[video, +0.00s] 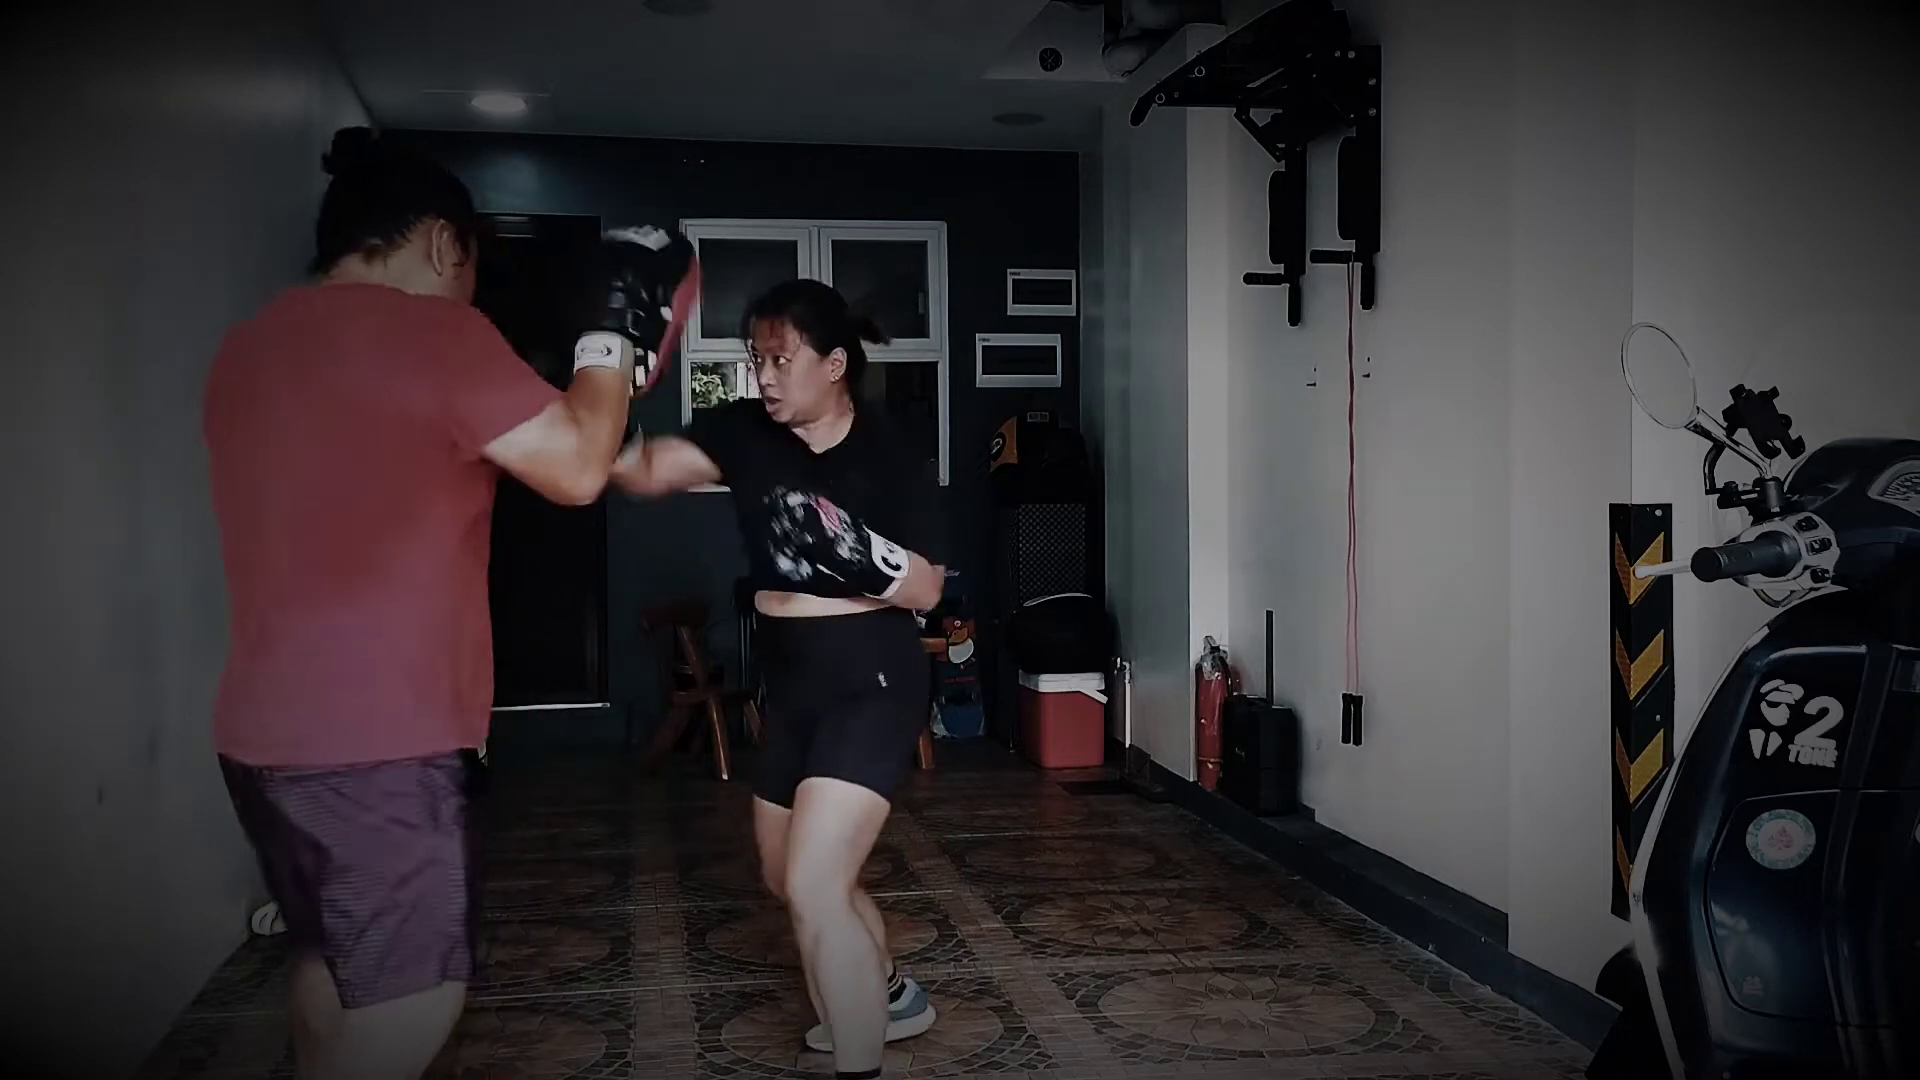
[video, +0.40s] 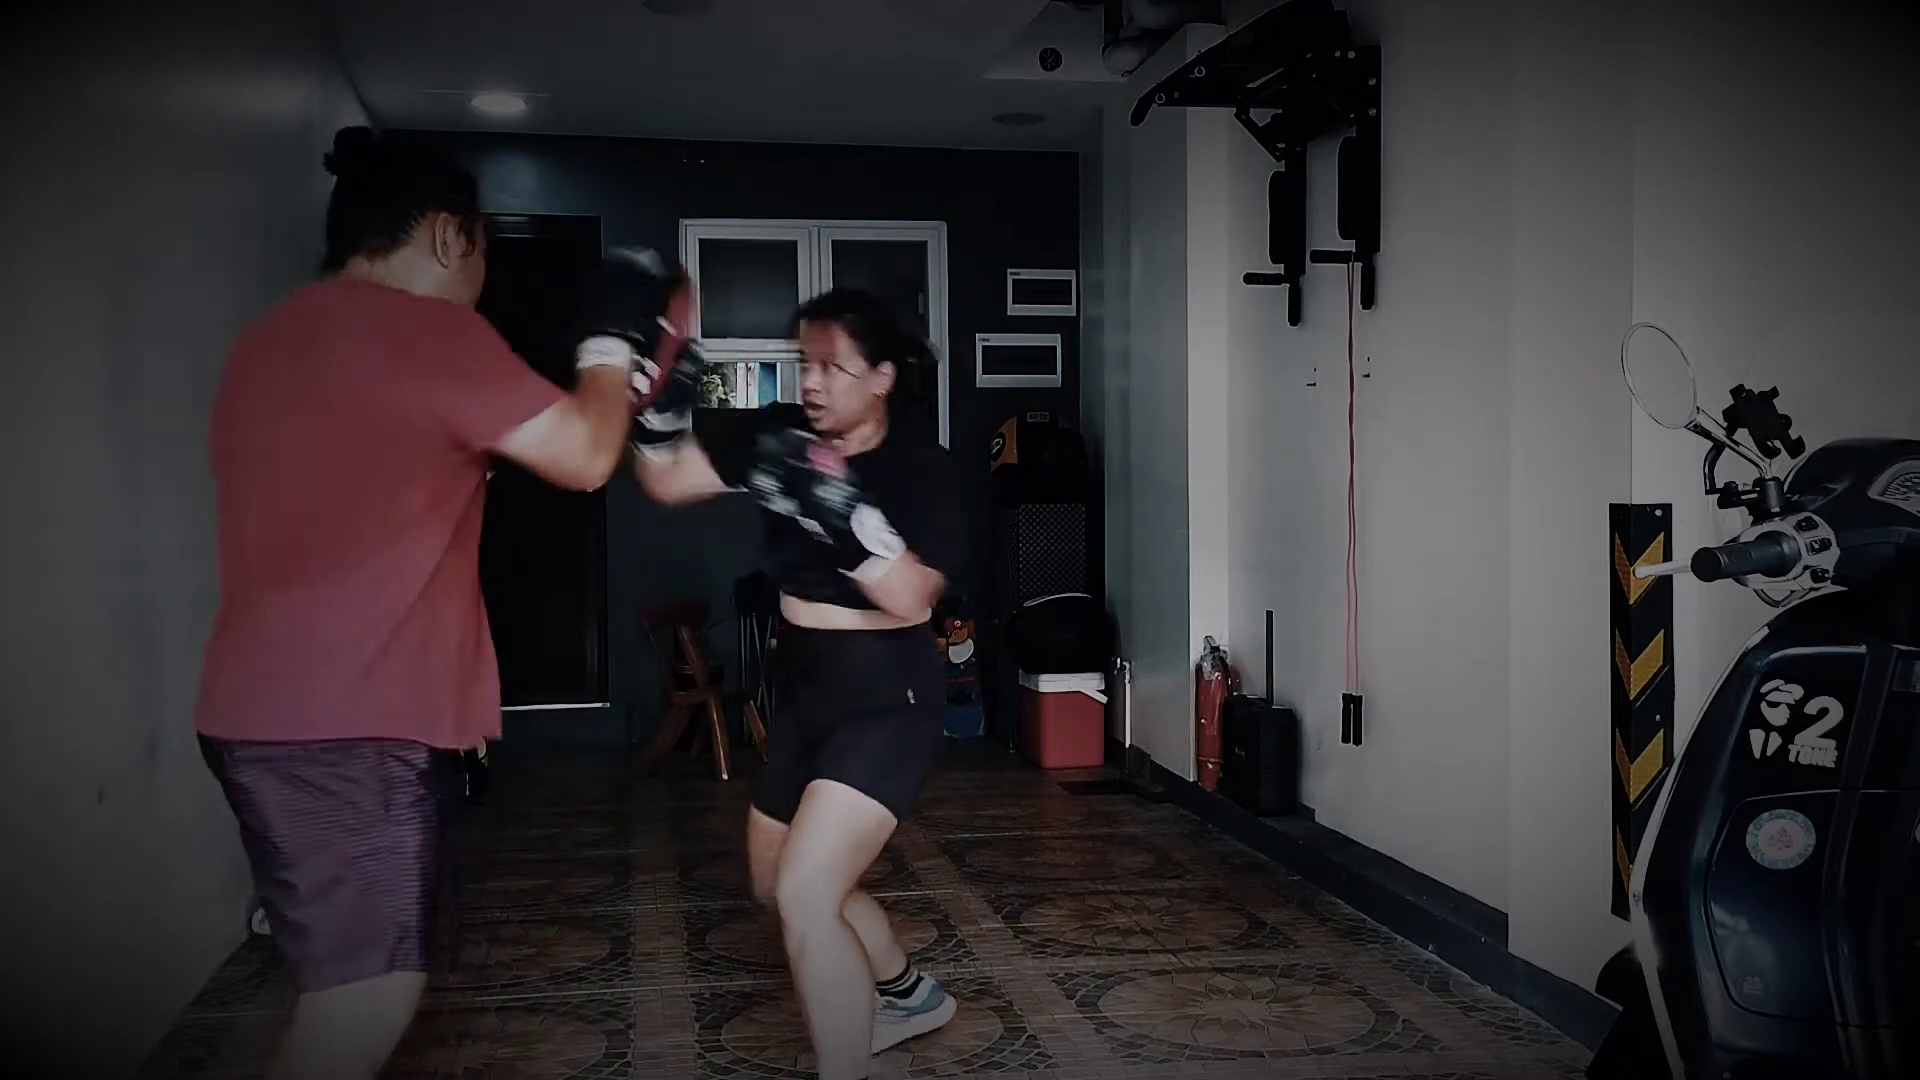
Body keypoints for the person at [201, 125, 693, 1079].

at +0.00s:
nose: (466, 286)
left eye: (468, 267)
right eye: (467, 262)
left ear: (339, 238)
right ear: (439, 239)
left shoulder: (245, 350)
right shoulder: (432, 334)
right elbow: (578, 466)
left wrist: (608, 373)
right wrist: (612, 328)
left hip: (259, 738)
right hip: (383, 745)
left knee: (323, 961)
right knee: (409, 1004)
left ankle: (318, 1079)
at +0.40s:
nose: (477, 277)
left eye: (478, 256)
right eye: (478, 252)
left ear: (355, 234)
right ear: (444, 235)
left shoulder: (263, 343)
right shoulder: (425, 335)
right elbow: (587, 453)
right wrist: (612, 358)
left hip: (257, 720)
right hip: (353, 731)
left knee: (332, 985)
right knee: (367, 995)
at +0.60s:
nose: (477, 359)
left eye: (477, 342)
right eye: (476, 337)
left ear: (364, 325)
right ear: (447, 325)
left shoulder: (264, 435)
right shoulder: (441, 413)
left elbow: (232, 599)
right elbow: (582, 486)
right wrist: (617, 406)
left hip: (241, 775)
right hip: (364, 786)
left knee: (331, 933)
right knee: (413, 1007)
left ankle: (320, 1063)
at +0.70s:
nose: (490, 374)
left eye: (490, 353)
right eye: (487, 348)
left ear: (375, 336)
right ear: (447, 329)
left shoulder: (300, 418)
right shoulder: (431, 395)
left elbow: (322, 571)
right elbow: (467, 508)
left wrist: (443, 586)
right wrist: (579, 487)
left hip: (260, 735)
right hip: (357, 745)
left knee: (317, 952)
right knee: (326, 991)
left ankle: (340, 1062)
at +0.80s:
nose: (511, 338)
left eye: (511, 319)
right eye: (503, 315)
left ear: (443, 306)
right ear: (453, 302)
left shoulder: (393, 379)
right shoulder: (413, 359)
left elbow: (382, 538)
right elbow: (392, 467)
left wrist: (494, 556)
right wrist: (527, 502)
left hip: (367, 682)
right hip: (324, 683)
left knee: (409, 851)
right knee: (346, 895)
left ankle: (342, 1060)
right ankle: (279, 1069)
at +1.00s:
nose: (515, 256)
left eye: (515, 237)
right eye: (502, 234)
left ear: (452, 236)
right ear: (440, 230)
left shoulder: (454, 351)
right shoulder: (366, 294)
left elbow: (445, 479)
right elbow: (308, 399)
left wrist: (518, 510)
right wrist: (448, 467)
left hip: (437, 629)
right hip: (334, 619)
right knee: (335, 823)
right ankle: (243, 1025)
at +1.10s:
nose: (513, 273)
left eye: (512, 255)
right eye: (497, 252)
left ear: (459, 260)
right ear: (435, 254)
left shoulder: (485, 387)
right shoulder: (356, 329)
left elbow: (480, 504)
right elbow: (296, 440)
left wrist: (539, 537)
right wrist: (419, 503)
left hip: (466, 646)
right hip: (344, 645)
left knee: (502, 806)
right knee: (313, 840)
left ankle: (478, 975)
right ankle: (236, 1020)